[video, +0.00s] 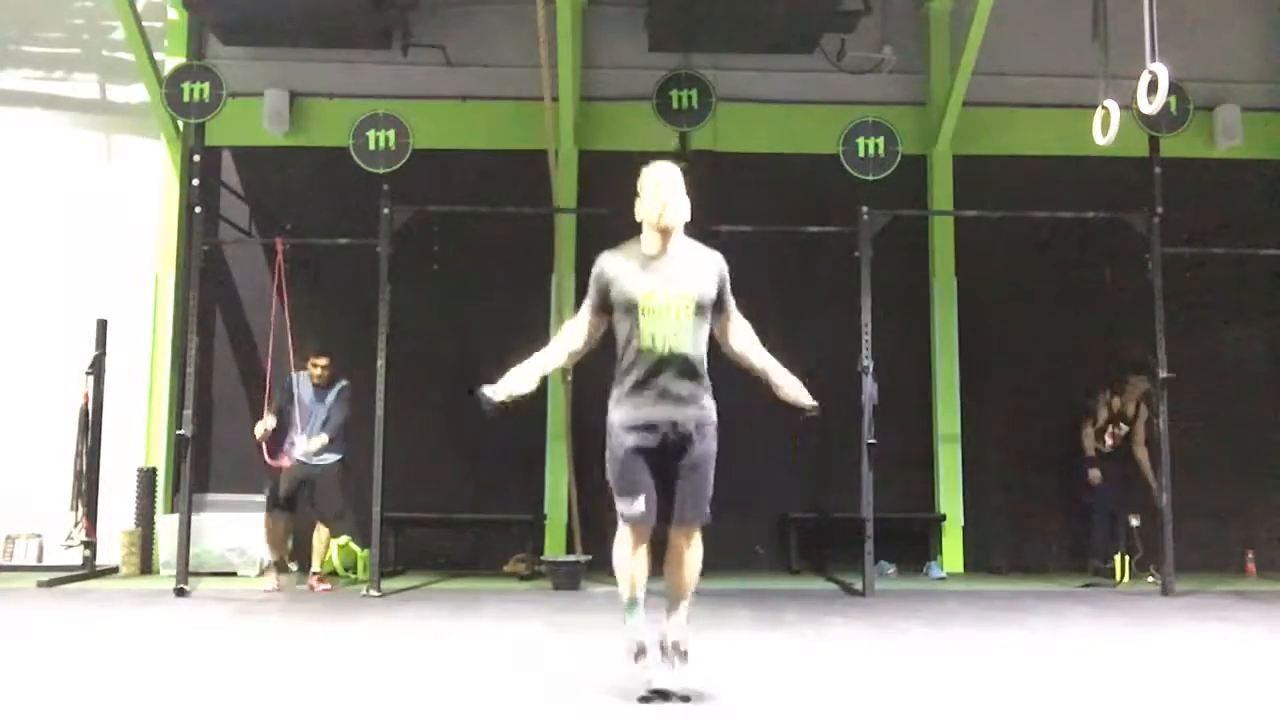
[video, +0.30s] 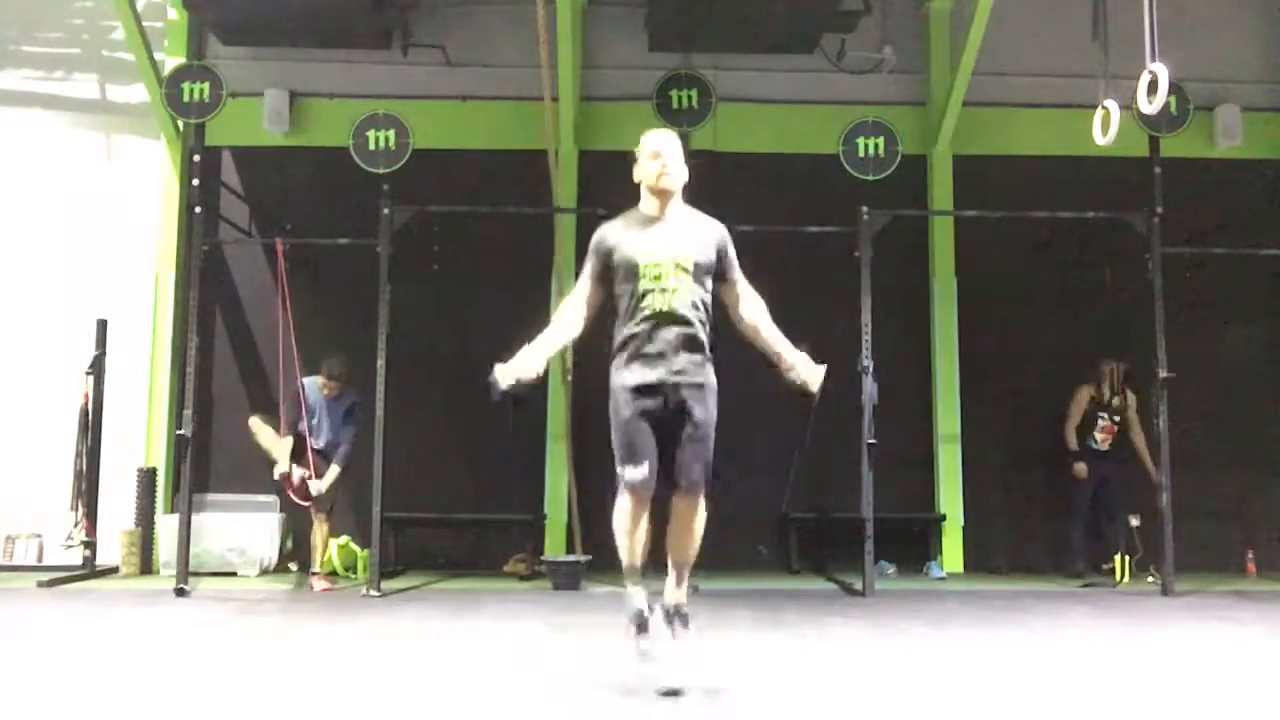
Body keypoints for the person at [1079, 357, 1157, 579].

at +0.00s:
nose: (1139, 387)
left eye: (1143, 382)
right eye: (1135, 381)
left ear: (1146, 386)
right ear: (1127, 382)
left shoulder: (1140, 409)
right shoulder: (1108, 400)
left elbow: (1139, 446)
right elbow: (1088, 428)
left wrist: (1154, 484)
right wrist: (1091, 462)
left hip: (1116, 460)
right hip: (1095, 457)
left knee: (1118, 508)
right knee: (1100, 506)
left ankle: (1115, 558)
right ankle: (1097, 559)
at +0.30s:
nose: (1111, 376)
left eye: (1116, 371)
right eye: (1107, 370)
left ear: (1121, 373)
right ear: (1100, 372)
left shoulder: (1127, 398)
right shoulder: (1086, 393)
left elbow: (1136, 434)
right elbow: (1070, 426)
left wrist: (1152, 470)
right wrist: (1076, 458)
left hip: (1110, 463)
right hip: (1086, 462)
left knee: (1111, 512)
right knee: (1081, 512)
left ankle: (1111, 560)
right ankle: (1079, 562)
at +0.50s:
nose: (1092, 370)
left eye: (1095, 364)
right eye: (1088, 365)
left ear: (1100, 365)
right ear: (1079, 366)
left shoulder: (1112, 393)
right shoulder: (1068, 390)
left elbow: (1123, 427)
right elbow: (1056, 425)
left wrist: (1136, 460)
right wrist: (1063, 458)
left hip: (1103, 462)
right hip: (1076, 462)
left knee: (1110, 509)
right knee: (1073, 512)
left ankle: (1114, 560)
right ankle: (1076, 562)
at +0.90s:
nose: (1059, 360)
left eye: (1064, 355)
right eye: (1056, 355)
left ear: (1074, 357)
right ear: (1052, 358)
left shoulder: (1093, 387)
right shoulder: (1044, 387)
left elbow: (1103, 421)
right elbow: (1033, 420)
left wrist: (1101, 452)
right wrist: (1028, 448)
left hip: (1084, 457)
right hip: (1055, 457)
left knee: (1086, 507)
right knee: (1061, 509)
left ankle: (1091, 561)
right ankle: (1072, 561)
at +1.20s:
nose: (1051, 360)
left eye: (1055, 356)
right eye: (1048, 356)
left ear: (1067, 357)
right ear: (1044, 359)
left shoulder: (1081, 388)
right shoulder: (1034, 387)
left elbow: (1092, 427)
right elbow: (1028, 420)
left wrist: (1093, 460)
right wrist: (1022, 450)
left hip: (1072, 455)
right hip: (1045, 455)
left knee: (1066, 506)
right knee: (1052, 507)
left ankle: (1068, 561)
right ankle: (1067, 558)